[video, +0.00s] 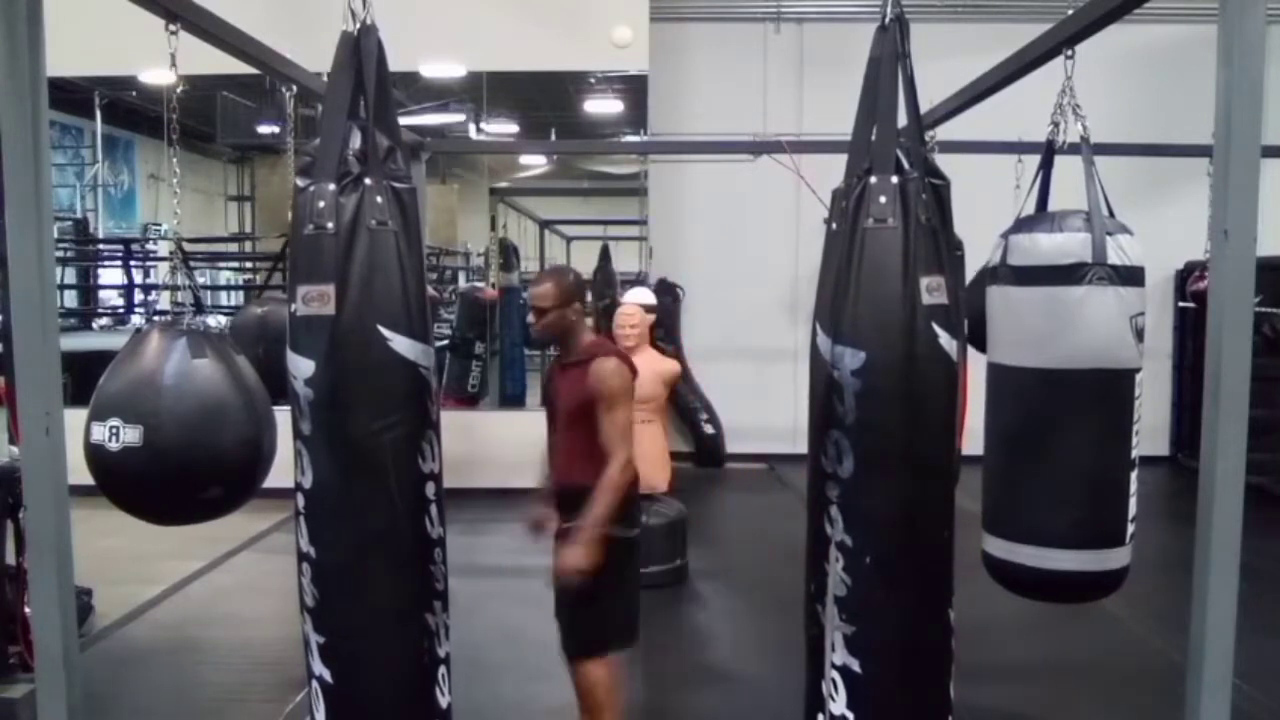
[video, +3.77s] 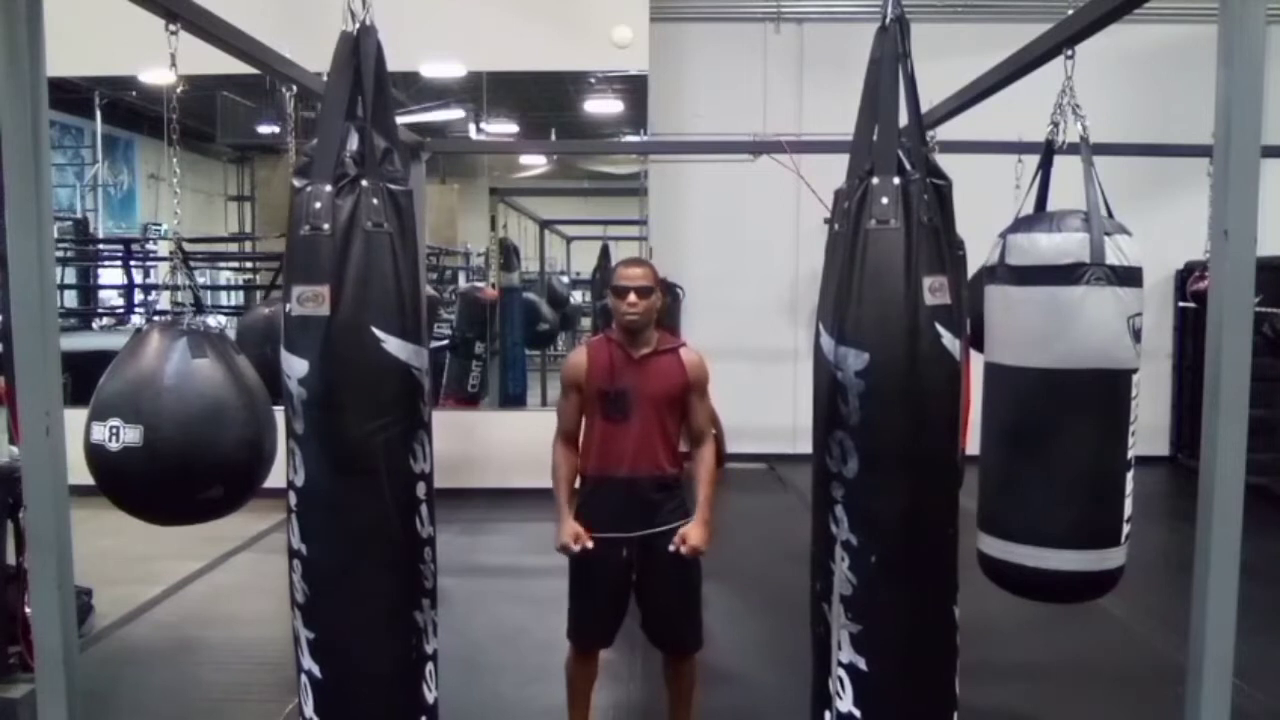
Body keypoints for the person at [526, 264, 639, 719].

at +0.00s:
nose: (533, 322)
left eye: (543, 312)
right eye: (531, 312)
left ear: (575, 308)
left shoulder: (607, 368)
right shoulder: (560, 366)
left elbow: (621, 461)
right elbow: (563, 441)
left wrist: (585, 537)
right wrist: (549, 498)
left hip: (605, 504)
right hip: (573, 502)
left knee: (590, 649)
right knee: (580, 645)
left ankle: (604, 715)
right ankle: (598, 713)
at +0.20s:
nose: (545, 313)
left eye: (556, 305)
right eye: (542, 304)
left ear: (585, 305)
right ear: (540, 304)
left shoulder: (623, 360)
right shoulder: (546, 357)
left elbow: (657, 440)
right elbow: (532, 424)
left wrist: (658, 517)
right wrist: (494, 481)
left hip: (616, 505)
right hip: (566, 507)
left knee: (625, 626)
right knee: (572, 618)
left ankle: (643, 713)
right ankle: (590, 709)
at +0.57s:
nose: (613, 312)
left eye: (623, 303)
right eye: (604, 303)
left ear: (639, 307)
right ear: (592, 307)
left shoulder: (667, 364)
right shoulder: (572, 364)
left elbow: (676, 437)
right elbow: (560, 430)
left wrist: (670, 509)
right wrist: (552, 497)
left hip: (646, 494)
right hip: (587, 495)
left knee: (654, 607)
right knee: (562, 607)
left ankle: (656, 693)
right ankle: (586, 704)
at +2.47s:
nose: (617, 312)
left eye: (628, 303)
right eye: (608, 303)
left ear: (646, 308)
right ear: (596, 308)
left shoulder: (673, 370)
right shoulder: (570, 370)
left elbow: (688, 448)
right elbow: (555, 446)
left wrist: (699, 524)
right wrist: (550, 520)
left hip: (655, 513)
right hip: (589, 515)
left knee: (679, 629)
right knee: (574, 636)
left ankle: (674, 707)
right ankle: (574, 716)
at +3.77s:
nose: (631, 301)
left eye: (643, 292)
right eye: (621, 292)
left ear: (660, 299)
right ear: (609, 299)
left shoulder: (687, 362)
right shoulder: (582, 362)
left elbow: (703, 440)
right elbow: (566, 440)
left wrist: (701, 517)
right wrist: (565, 514)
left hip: (667, 509)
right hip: (600, 509)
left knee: (680, 645)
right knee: (585, 643)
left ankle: (681, 716)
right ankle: (577, 717)